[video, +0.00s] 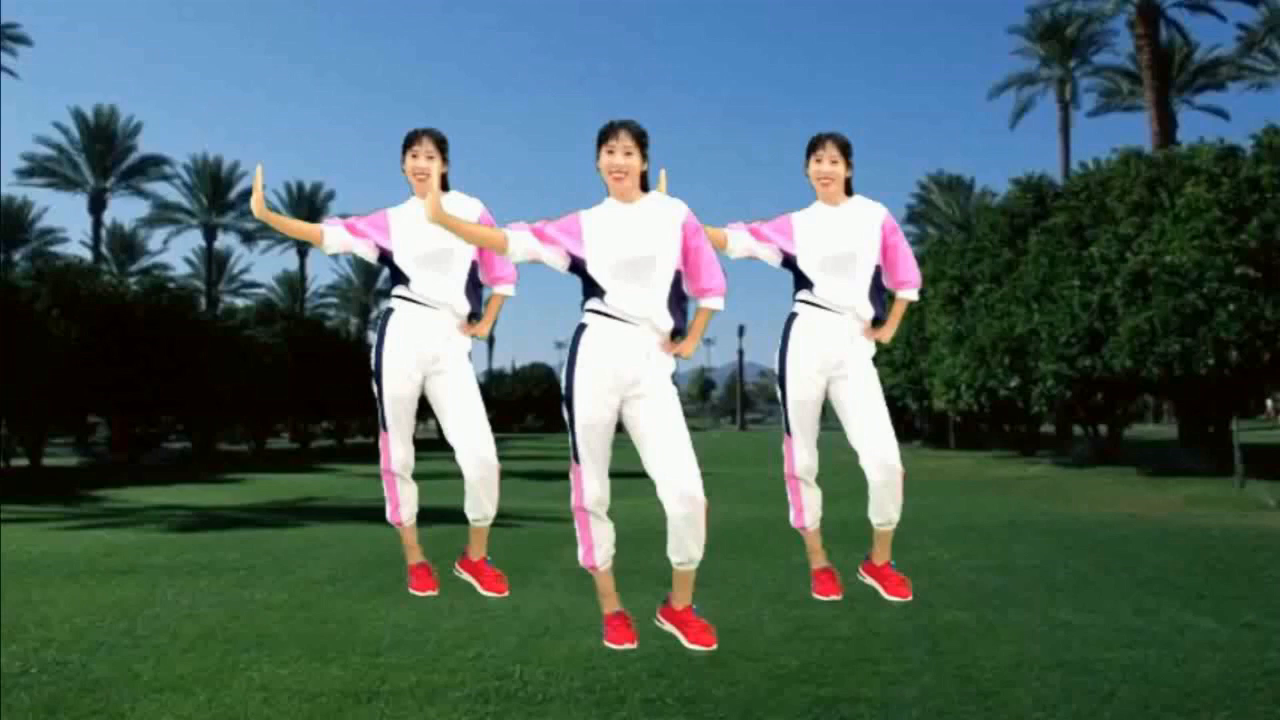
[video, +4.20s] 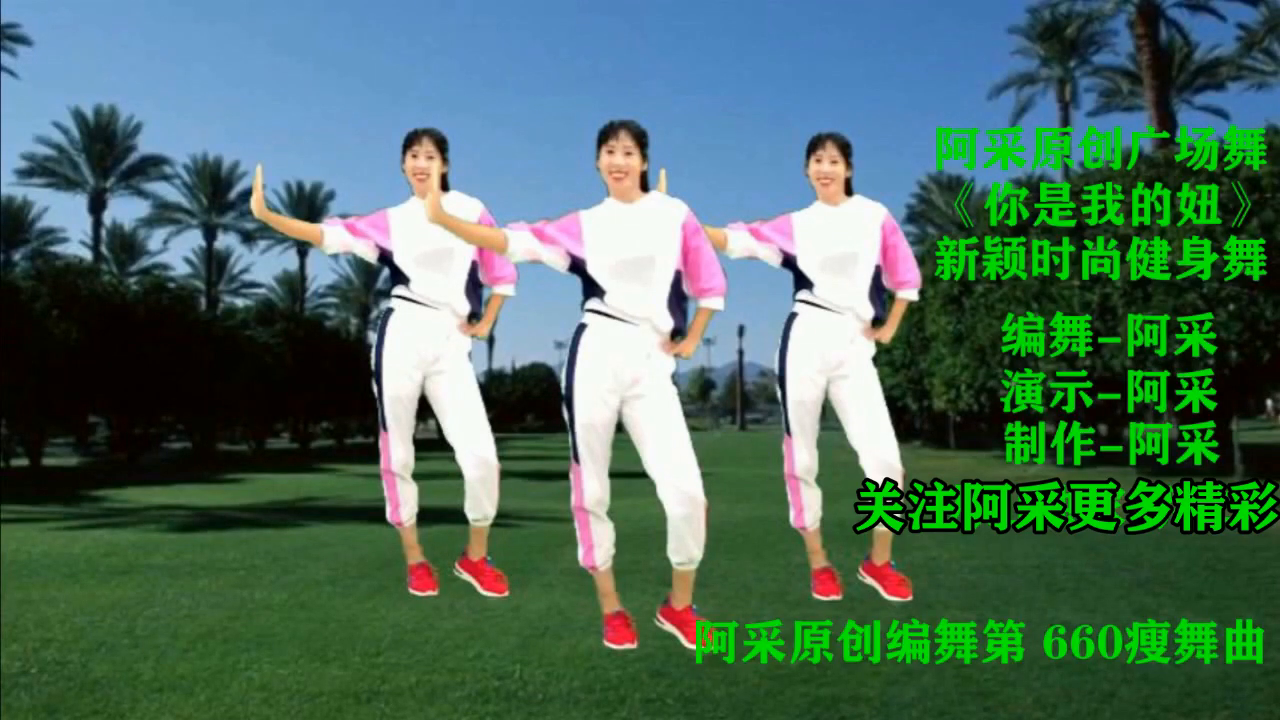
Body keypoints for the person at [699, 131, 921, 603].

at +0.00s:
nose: (826, 169)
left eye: (834, 162)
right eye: (818, 162)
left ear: (848, 169)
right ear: (807, 171)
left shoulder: (876, 217)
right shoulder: (797, 224)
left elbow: (908, 277)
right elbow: (735, 238)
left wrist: (888, 329)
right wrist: (682, 224)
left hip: (856, 341)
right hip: (807, 336)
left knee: (885, 461)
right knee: (802, 458)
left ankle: (879, 562)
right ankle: (819, 565)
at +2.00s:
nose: (825, 168)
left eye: (833, 161)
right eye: (818, 161)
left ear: (848, 169)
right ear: (807, 170)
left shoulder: (875, 217)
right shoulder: (797, 223)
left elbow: (907, 276)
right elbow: (734, 238)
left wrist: (888, 329)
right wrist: (682, 224)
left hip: (855, 340)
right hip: (807, 336)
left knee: (886, 459)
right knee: (802, 458)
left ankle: (879, 562)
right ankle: (819, 565)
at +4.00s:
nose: (825, 168)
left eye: (833, 161)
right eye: (818, 161)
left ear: (848, 169)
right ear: (807, 171)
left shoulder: (875, 217)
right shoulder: (797, 223)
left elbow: (907, 277)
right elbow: (734, 238)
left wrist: (888, 329)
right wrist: (683, 224)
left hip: (855, 340)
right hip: (806, 336)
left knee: (886, 459)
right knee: (802, 459)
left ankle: (879, 562)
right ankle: (819, 565)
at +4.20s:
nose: (825, 168)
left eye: (833, 161)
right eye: (818, 161)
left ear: (848, 169)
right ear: (807, 171)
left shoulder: (875, 217)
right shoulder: (797, 223)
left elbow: (907, 277)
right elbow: (734, 238)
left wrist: (888, 329)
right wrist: (683, 224)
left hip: (855, 340)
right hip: (807, 336)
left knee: (885, 459)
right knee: (802, 459)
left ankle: (879, 562)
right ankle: (819, 565)